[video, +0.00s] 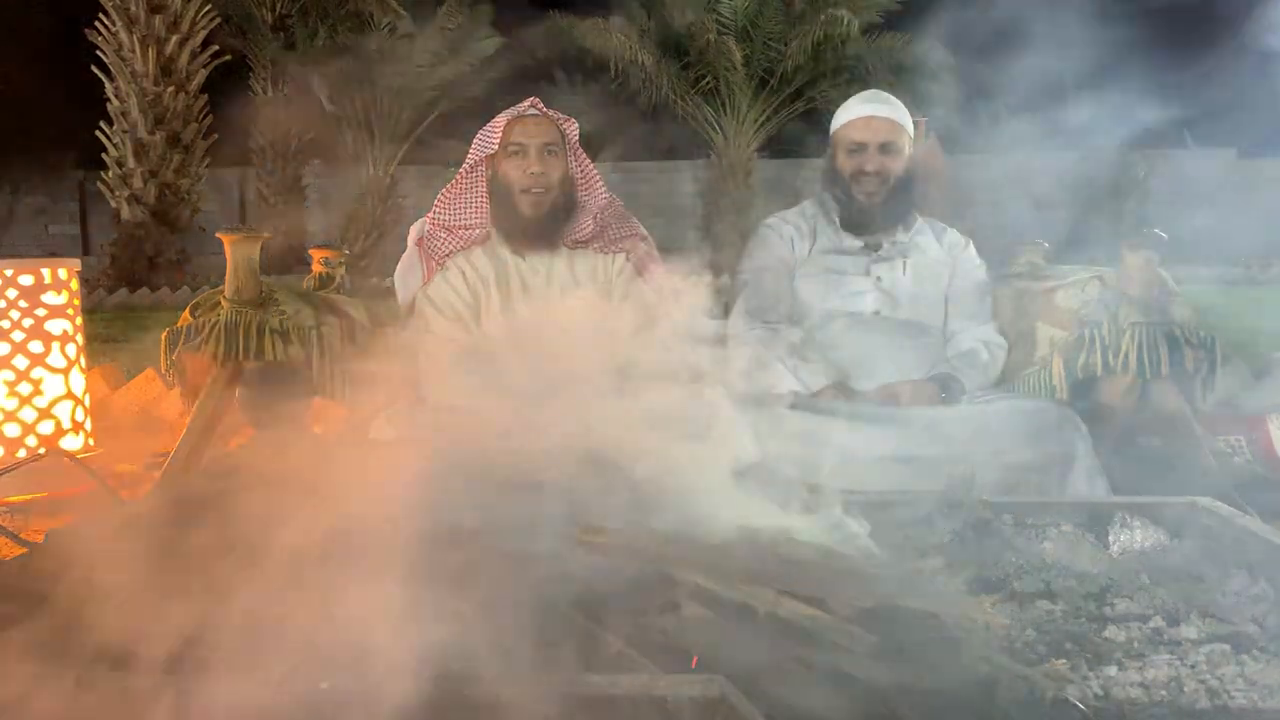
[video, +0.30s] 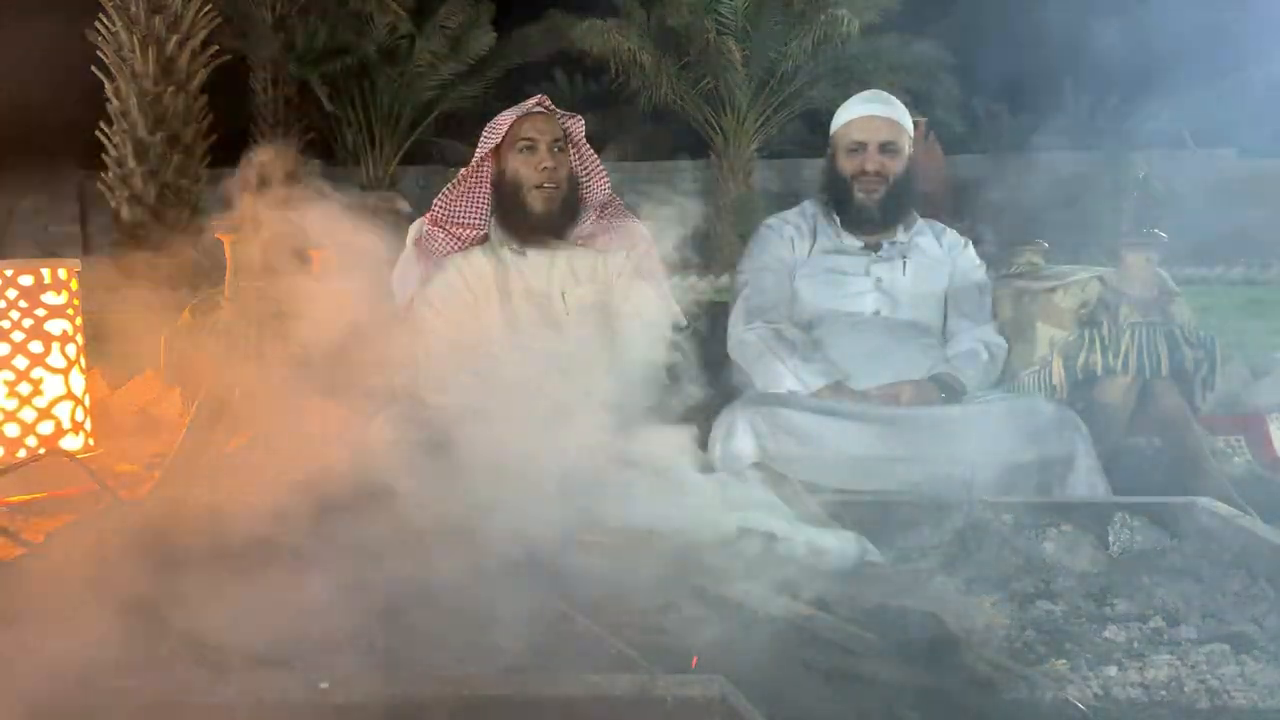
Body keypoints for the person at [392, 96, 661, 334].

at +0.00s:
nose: (535, 169)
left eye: (549, 152)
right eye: (516, 153)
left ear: (569, 168)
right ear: (490, 169)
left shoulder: (613, 273)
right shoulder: (455, 283)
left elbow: (654, 372)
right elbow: (444, 390)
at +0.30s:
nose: (548, 164)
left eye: (558, 149)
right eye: (527, 150)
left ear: (574, 164)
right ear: (495, 166)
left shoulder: (616, 268)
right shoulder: (456, 277)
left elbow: (650, 366)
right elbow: (434, 388)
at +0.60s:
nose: (556, 162)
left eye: (567, 150)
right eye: (536, 150)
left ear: (581, 170)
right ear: (502, 170)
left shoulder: (616, 271)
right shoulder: (461, 276)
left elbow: (669, 357)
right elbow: (424, 372)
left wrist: (611, 329)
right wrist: (508, 336)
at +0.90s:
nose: (557, 170)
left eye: (568, 154)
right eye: (537, 155)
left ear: (582, 170)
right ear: (503, 174)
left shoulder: (616, 261)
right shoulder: (463, 271)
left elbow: (658, 365)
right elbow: (443, 378)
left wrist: (607, 304)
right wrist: (517, 313)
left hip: (607, 420)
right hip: (497, 420)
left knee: (683, 466)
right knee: (395, 428)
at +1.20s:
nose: (562, 170)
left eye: (571, 154)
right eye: (540, 155)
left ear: (583, 167)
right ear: (504, 173)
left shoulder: (616, 260)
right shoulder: (465, 267)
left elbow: (658, 360)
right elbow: (445, 375)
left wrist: (605, 298)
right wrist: (525, 300)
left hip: (599, 417)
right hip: (496, 413)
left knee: (673, 440)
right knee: (394, 427)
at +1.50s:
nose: (567, 168)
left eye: (572, 151)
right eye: (544, 154)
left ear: (583, 161)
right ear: (505, 173)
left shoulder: (619, 260)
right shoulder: (467, 268)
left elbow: (662, 358)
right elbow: (454, 377)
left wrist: (599, 280)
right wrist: (529, 286)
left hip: (609, 417)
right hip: (507, 415)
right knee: (394, 426)